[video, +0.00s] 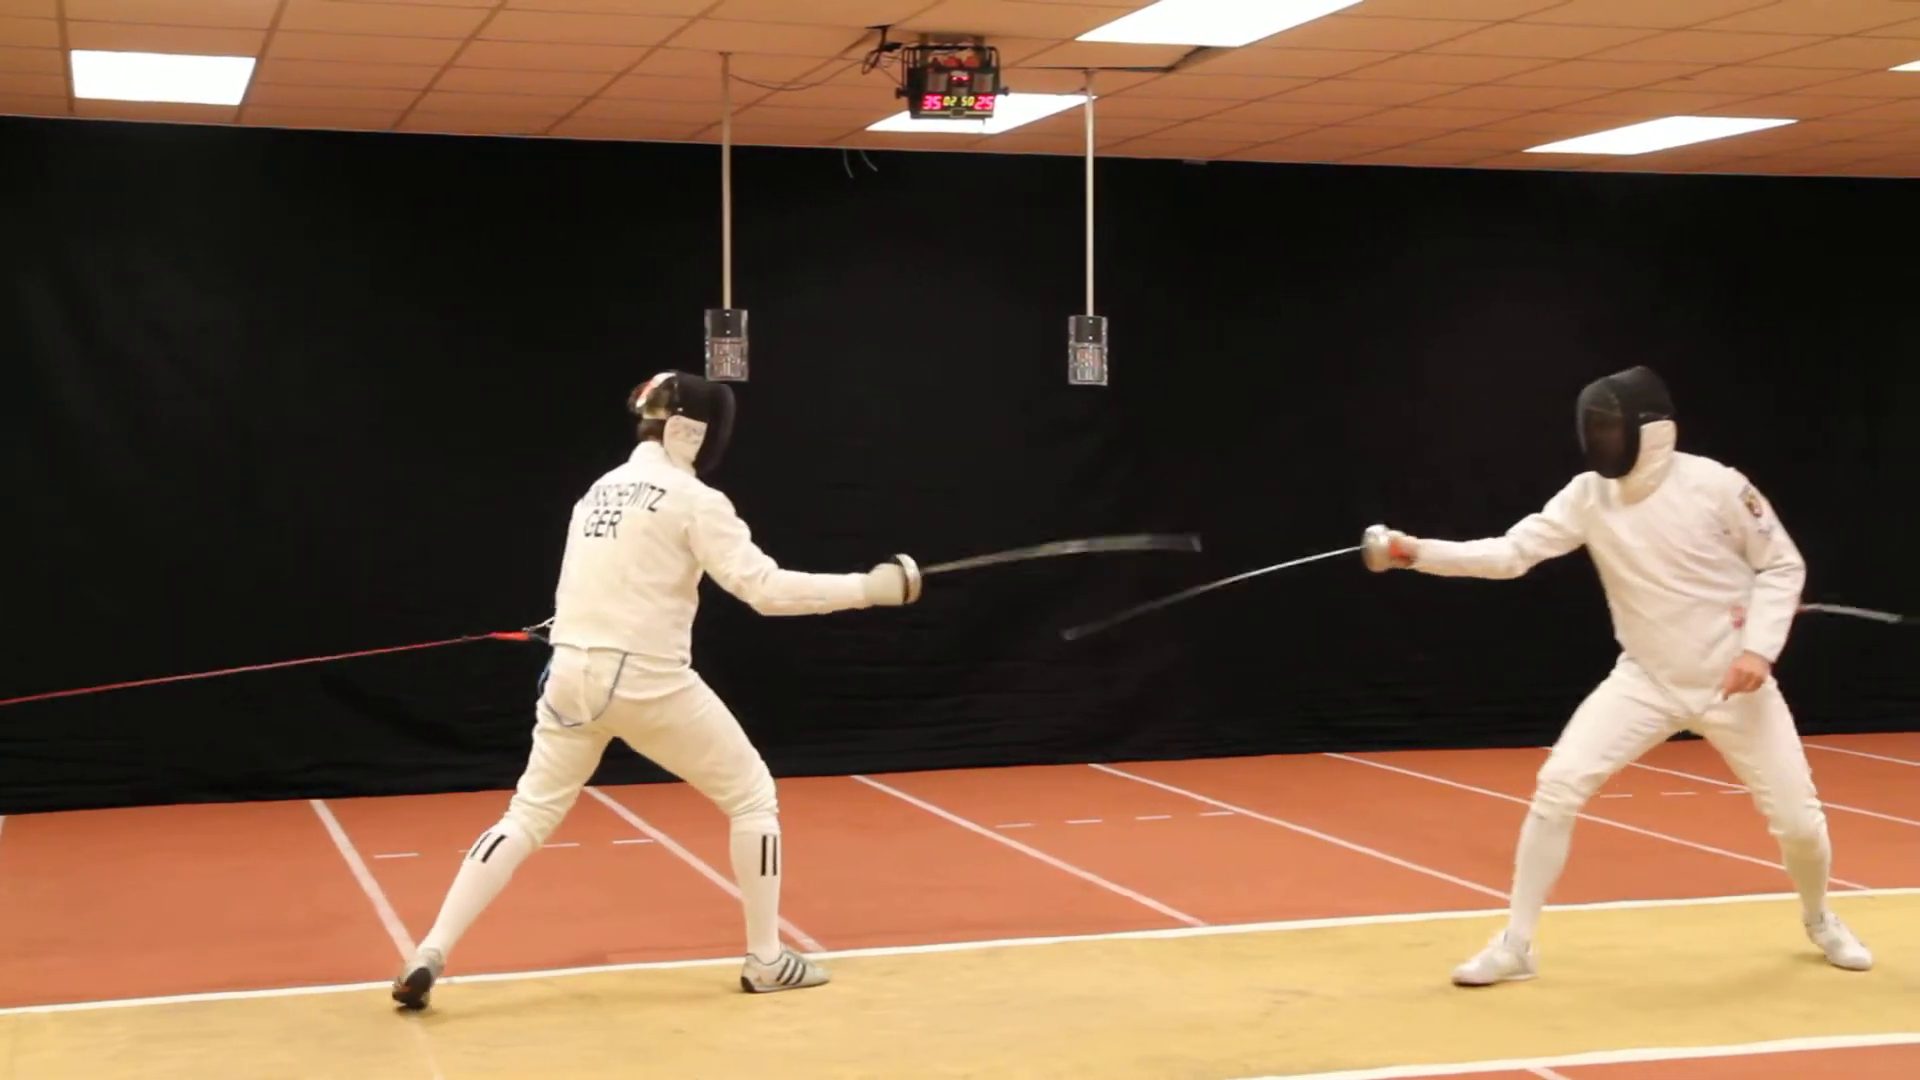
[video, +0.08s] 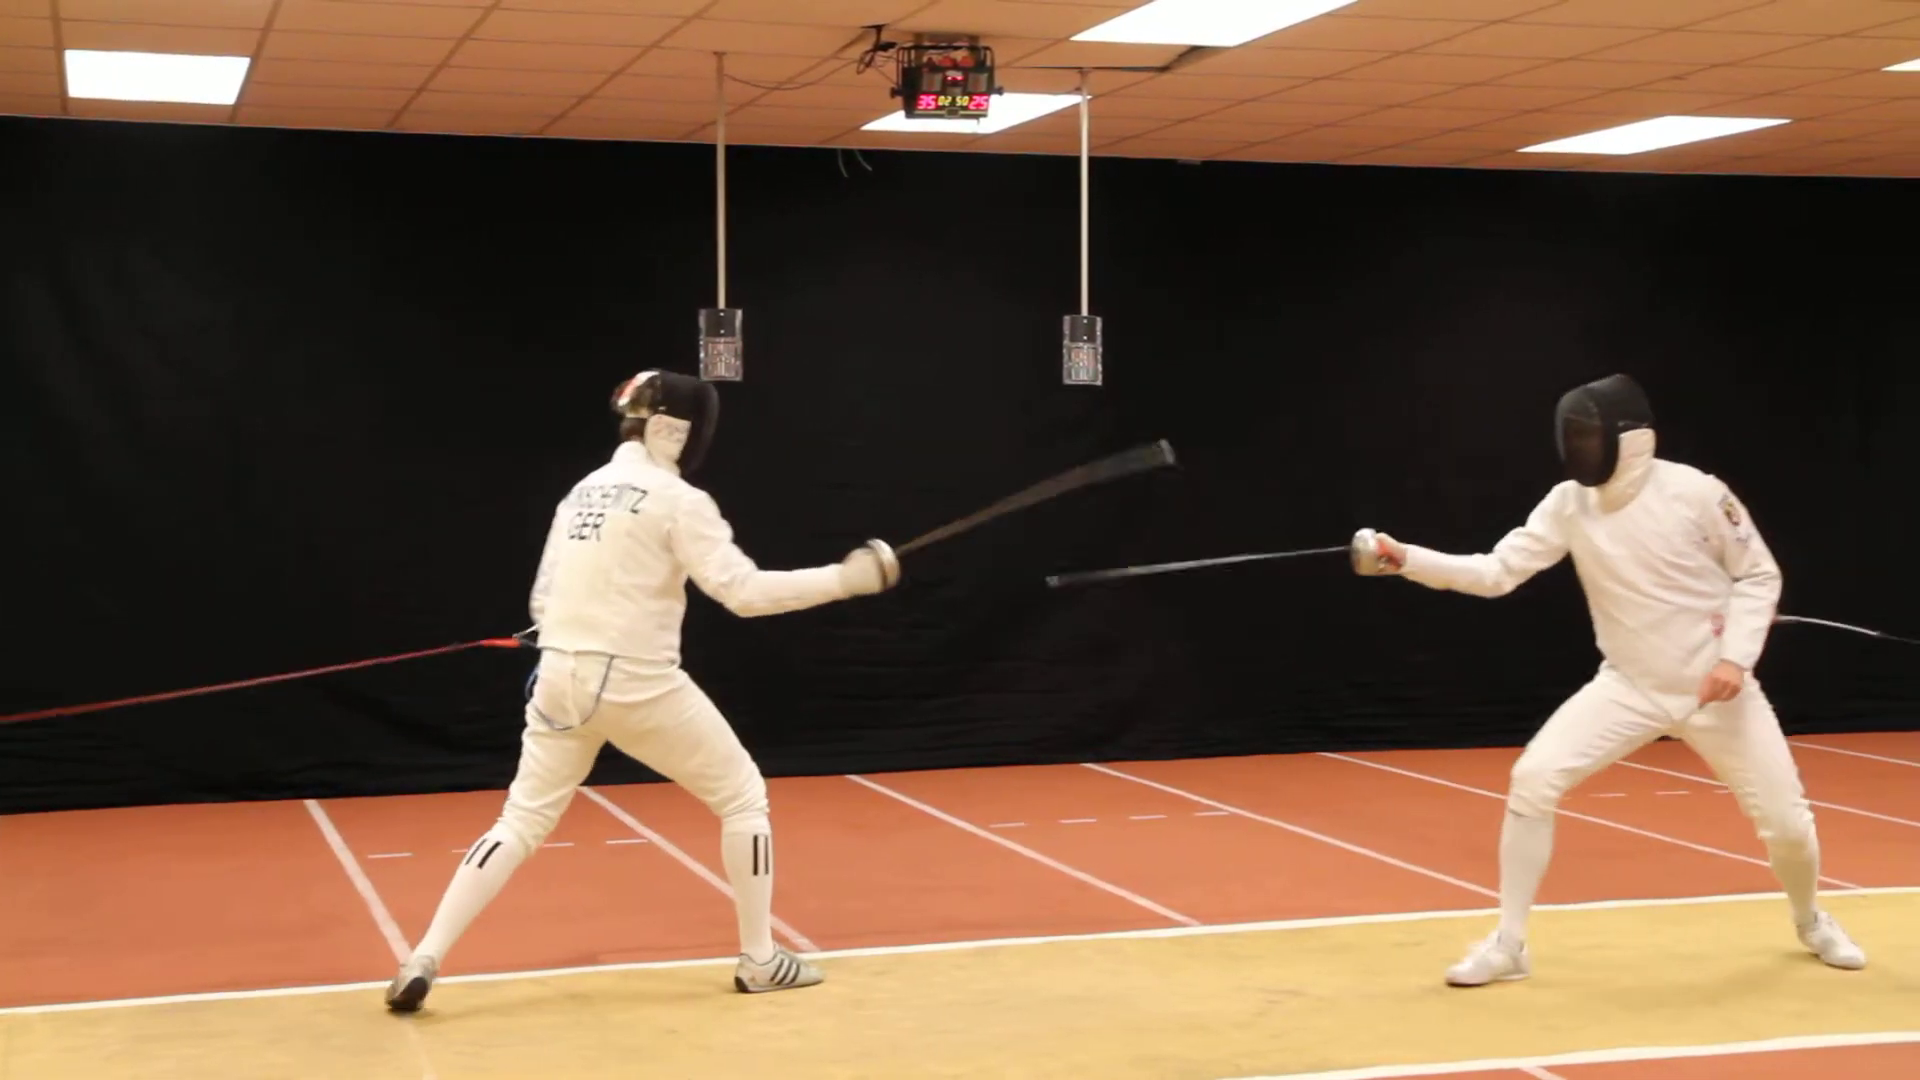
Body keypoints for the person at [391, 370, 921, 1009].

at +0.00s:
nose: (715, 440)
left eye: (710, 426)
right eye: (711, 428)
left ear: (650, 428)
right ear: (695, 435)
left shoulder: (601, 491)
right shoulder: (695, 502)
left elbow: (595, 587)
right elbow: (766, 589)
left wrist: (566, 626)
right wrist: (872, 585)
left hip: (569, 678)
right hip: (652, 682)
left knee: (526, 816)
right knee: (752, 796)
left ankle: (429, 954)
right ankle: (765, 959)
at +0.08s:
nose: (697, 438)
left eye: (694, 425)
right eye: (691, 425)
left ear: (631, 425)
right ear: (672, 430)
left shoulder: (582, 492)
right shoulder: (678, 502)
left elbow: (545, 598)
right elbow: (745, 592)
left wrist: (573, 645)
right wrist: (849, 576)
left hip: (558, 680)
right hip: (641, 683)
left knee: (518, 825)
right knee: (742, 798)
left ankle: (423, 960)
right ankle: (759, 959)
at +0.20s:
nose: (656, 445)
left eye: (656, 432)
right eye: (654, 433)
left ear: (590, 428)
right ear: (637, 434)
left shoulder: (540, 503)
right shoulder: (641, 507)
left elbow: (493, 604)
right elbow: (706, 593)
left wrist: (539, 663)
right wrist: (807, 565)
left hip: (526, 686)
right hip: (610, 689)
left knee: (487, 826)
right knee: (717, 801)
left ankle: (403, 979)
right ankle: (749, 958)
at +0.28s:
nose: (643, 447)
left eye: (642, 435)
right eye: (641, 436)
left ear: (576, 428)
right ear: (626, 436)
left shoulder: (522, 504)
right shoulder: (622, 508)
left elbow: (471, 599)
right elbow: (689, 591)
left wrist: (509, 664)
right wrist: (791, 561)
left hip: (507, 691)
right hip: (593, 693)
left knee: (474, 828)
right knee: (699, 803)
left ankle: (399, 982)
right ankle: (746, 958)